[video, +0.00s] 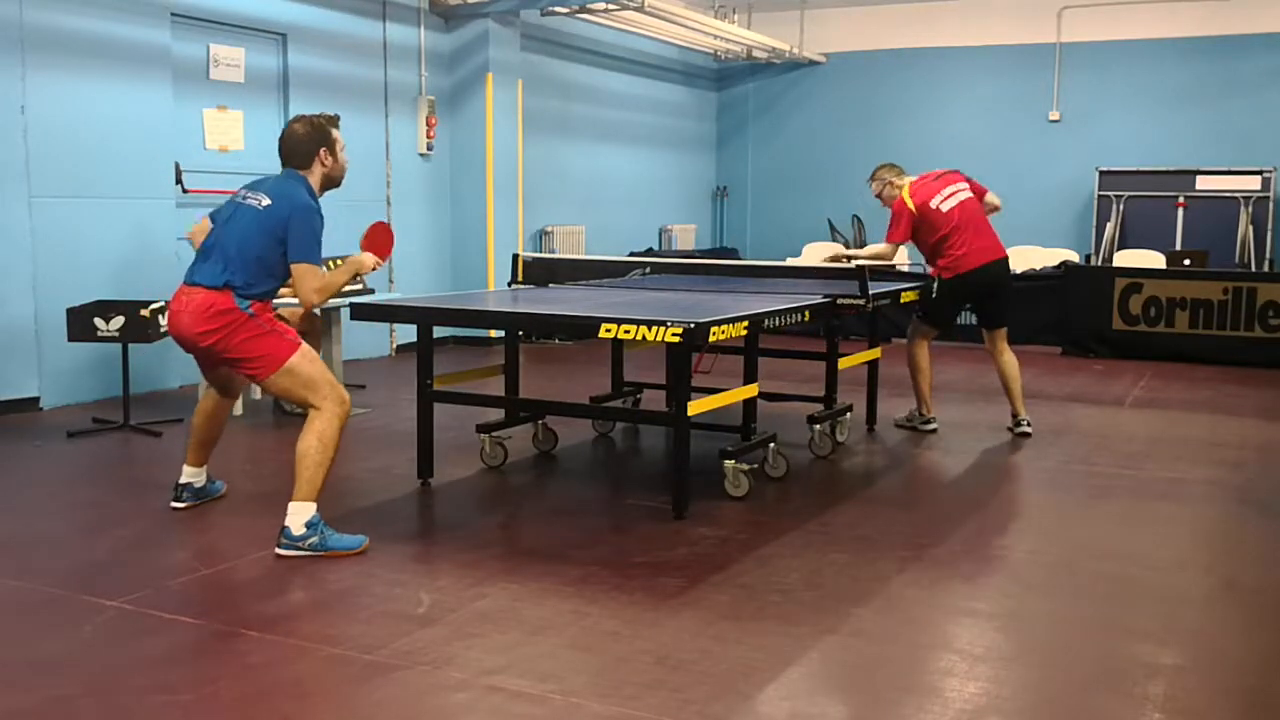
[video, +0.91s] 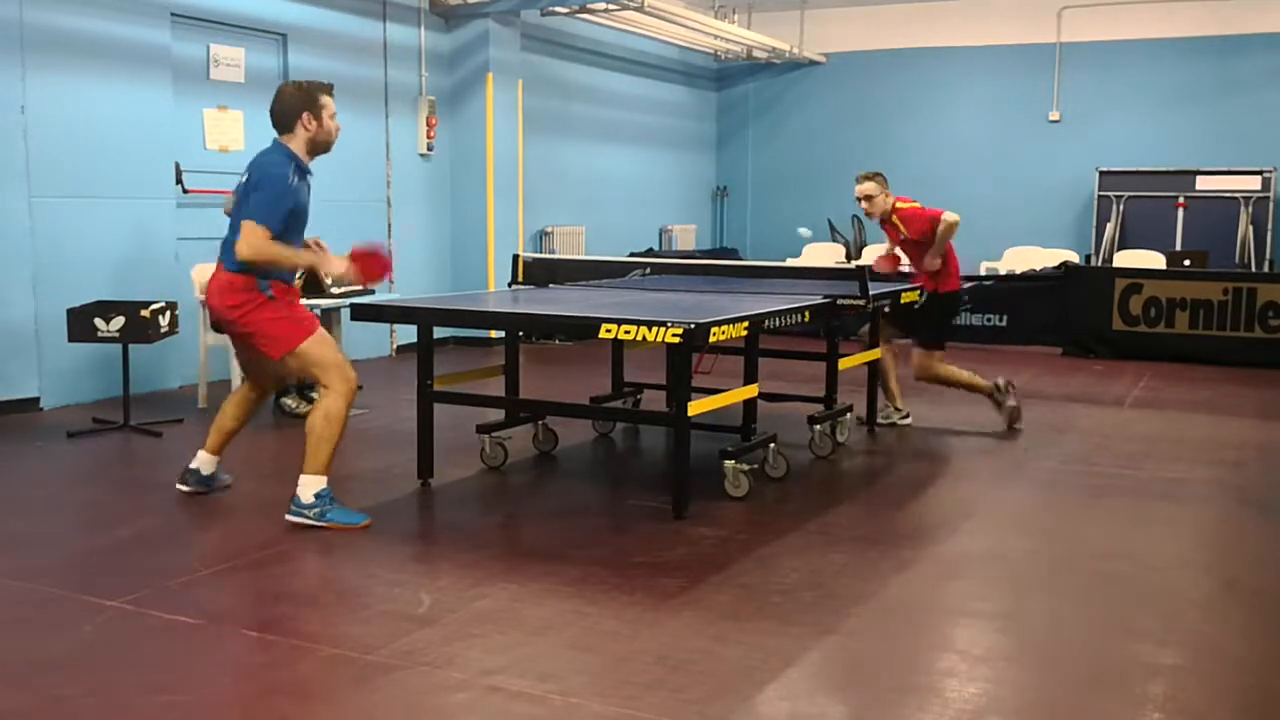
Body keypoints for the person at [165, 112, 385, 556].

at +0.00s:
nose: (344, 159)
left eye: (342, 150)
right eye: (341, 151)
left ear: (293, 156)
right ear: (324, 157)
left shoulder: (256, 188)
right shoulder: (303, 205)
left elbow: (200, 235)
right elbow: (312, 293)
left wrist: (254, 271)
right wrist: (355, 265)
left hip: (184, 309)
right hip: (227, 314)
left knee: (225, 384)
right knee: (332, 402)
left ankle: (190, 482)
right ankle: (300, 525)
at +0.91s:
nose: (337, 125)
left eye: (335, 116)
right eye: (331, 116)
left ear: (300, 123)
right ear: (307, 122)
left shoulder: (281, 162)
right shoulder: (280, 169)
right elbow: (250, 247)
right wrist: (316, 261)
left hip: (234, 290)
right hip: (251, 294)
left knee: (263, 381)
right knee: (341, 379)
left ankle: (201, 467)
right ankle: (310, 496)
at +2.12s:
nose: (322, 123)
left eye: (320, 114)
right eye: (315, 115)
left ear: (287, 118)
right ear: (288, 118)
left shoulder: (276, 163)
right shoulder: (249, 162)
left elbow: (259, 228)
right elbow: (225, 230)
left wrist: (281, 263)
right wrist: (285, 243)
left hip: (246, 278)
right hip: (223, 279)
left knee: (273, 366)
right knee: (276, 386)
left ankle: (252, 456)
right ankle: (225, 495)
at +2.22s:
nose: (316, 117)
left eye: (315, 108)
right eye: (310, 108)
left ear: (282, 111)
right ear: (284, 111)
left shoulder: (271, 160)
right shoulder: (240, 156)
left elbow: (256, 225)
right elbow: (207, 224)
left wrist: (281, 257)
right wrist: (270, 240)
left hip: (240, 278)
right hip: (216, 280)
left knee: (242, 376)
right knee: (274, 384)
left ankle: (251, 454)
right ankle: (223, 497)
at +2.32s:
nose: (306, 102)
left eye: (305, 92)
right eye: (301, 93)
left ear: (272, 97)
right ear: (276, 96)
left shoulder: (260, 146)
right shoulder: (235, 143)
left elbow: (235, 213)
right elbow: (204, 214)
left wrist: (272, 231)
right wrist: (268, 233)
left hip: (229, 269)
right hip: (210, 270)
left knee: (236, 376)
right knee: (264, 381)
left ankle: (228, 459)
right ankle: (224, 495)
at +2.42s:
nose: (296, 87)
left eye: (294, 78)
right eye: (289, 79)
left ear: (258, 84)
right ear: (266, 84)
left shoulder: (237, 128)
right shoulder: (234, 134)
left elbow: (220, 206)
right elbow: (208, 207)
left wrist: (270, 222)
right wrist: (268, 225)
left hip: (201, 259)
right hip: (208, 262)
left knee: (217, 375)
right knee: (249, 379)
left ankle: (188, 475)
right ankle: (224, 498)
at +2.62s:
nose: (259, 73)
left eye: (256, 64)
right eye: (253, 65)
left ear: (215, 73)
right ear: (231, 72)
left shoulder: (186, 118)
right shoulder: (210, 125)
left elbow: (201, 202)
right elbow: (206, 205)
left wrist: (257, 211)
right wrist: (264, 210)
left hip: (166, 256)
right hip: (200, 261)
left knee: (180, 376)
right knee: (231, 380)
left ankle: (113, 479)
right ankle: (221, 499)